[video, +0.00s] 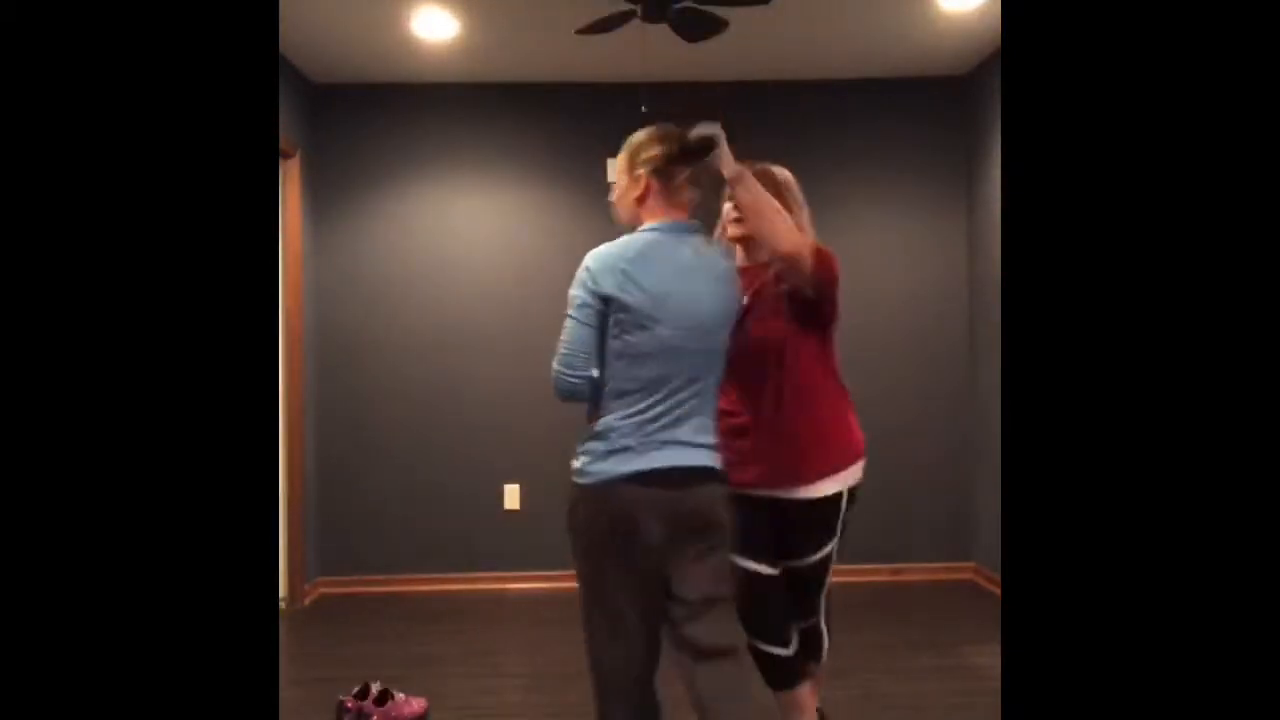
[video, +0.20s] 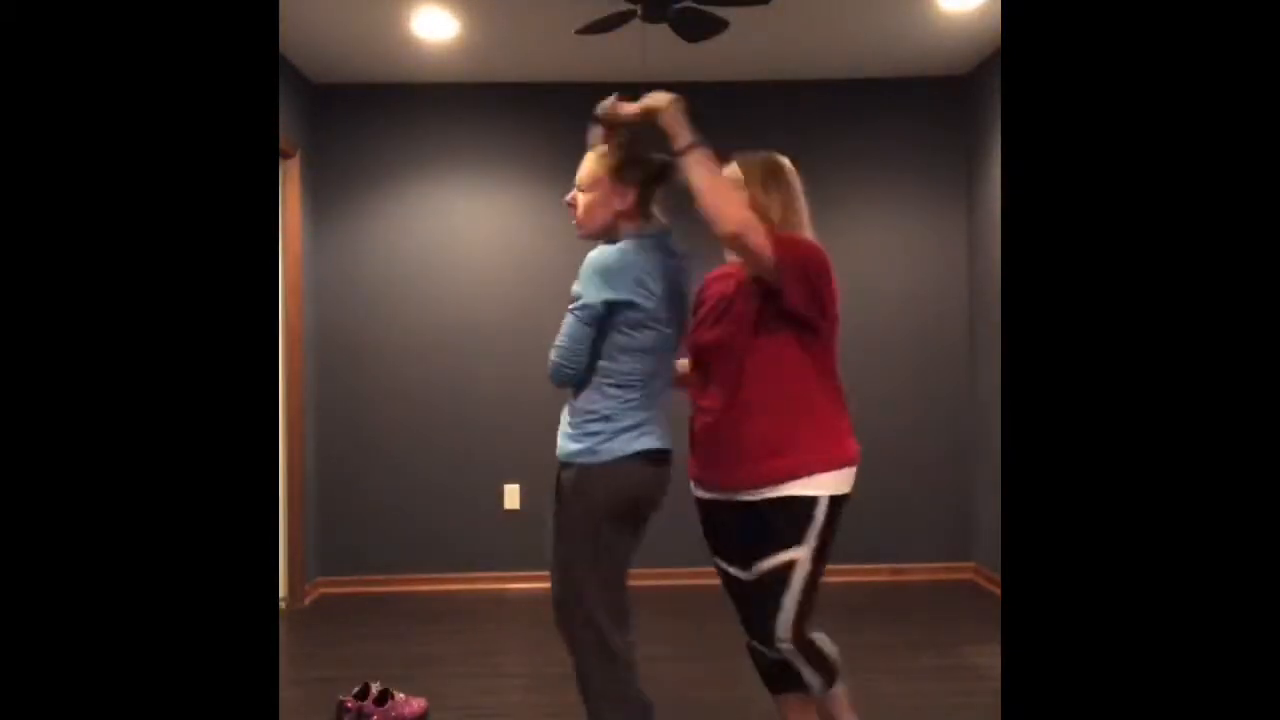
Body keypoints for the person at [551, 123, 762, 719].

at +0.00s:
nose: (612, 193)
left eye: (618, 180)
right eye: (614, 180)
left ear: (644, 184)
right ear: (687, 186)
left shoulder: (606, 263)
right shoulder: (724, 265)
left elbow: (571, 379)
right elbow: (720, 358)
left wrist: (627, 383)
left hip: (615, 490)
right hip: (701, 485)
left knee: (622, 664)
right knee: (717, 653)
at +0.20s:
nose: (570, 200)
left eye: (582, 188)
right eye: (574, 187)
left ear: (625, 197)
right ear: (630, 197)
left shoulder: (607, 263)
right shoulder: (668, 259)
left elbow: (566, 369)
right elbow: (664, 352)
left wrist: (587, 331)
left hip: (599, 466)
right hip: (643, 459)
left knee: (584, 617)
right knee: (597, 615)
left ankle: (619, 713)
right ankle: (624, 710)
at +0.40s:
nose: (573, 215)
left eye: (583, 204)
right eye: (571, 204)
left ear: (618, 209)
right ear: (576, 210)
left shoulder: (646, 269)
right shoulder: (577, 255)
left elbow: (662, 356)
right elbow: (497, 243)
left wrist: (602, 368)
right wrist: (518, 227)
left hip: (610, 456)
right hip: (573, 452)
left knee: (575, 606)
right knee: (549, 602)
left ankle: (605, 711)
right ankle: (574, 710)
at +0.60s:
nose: (560, 220)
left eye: (573, 211)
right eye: (559, 210)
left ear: (612, 218)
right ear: (558, 216)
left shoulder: (644, 274)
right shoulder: (554, 273)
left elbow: (684, 337)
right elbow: (502, 314)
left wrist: (676, 404)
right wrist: (564, 311)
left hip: (622, 452)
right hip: (560, 450)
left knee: (613, 585)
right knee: (556, 584)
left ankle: (639, 708)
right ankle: (568, 706)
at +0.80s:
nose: (587, 228)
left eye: (599, 218)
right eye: (584, 218)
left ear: (633, 225)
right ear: (581, 226)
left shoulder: (664, 281)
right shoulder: (573, 284)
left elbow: (690, 341)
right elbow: (564, 353)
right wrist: (630, 316)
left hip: (662, 447)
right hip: (596, 449)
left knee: (664, 582)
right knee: (582, 580)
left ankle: (660, 697)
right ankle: (564, 701)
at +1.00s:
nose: (633, 225)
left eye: (645, 214)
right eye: (627, 215)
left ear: (673, 212)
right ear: (616, 222)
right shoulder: (610, 283)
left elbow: (594, 371)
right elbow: (585, 370)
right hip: (634, 439)